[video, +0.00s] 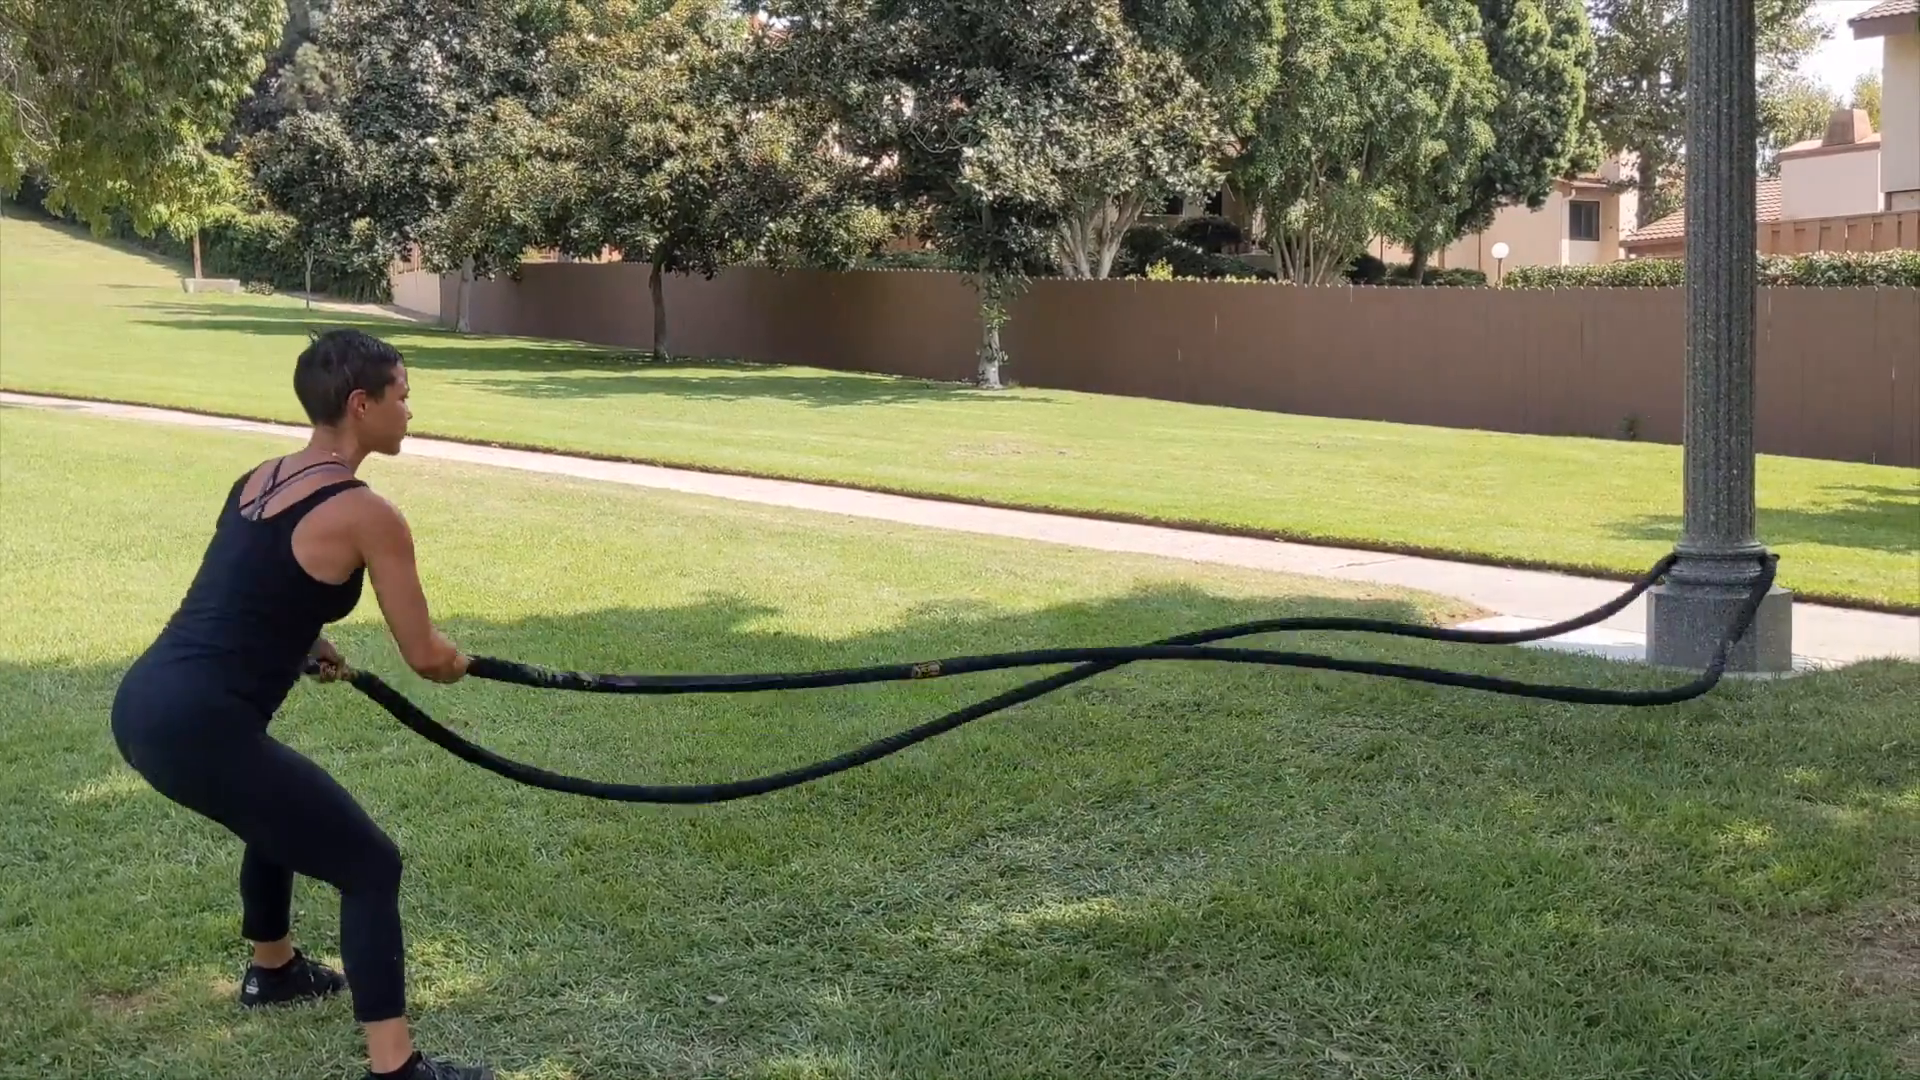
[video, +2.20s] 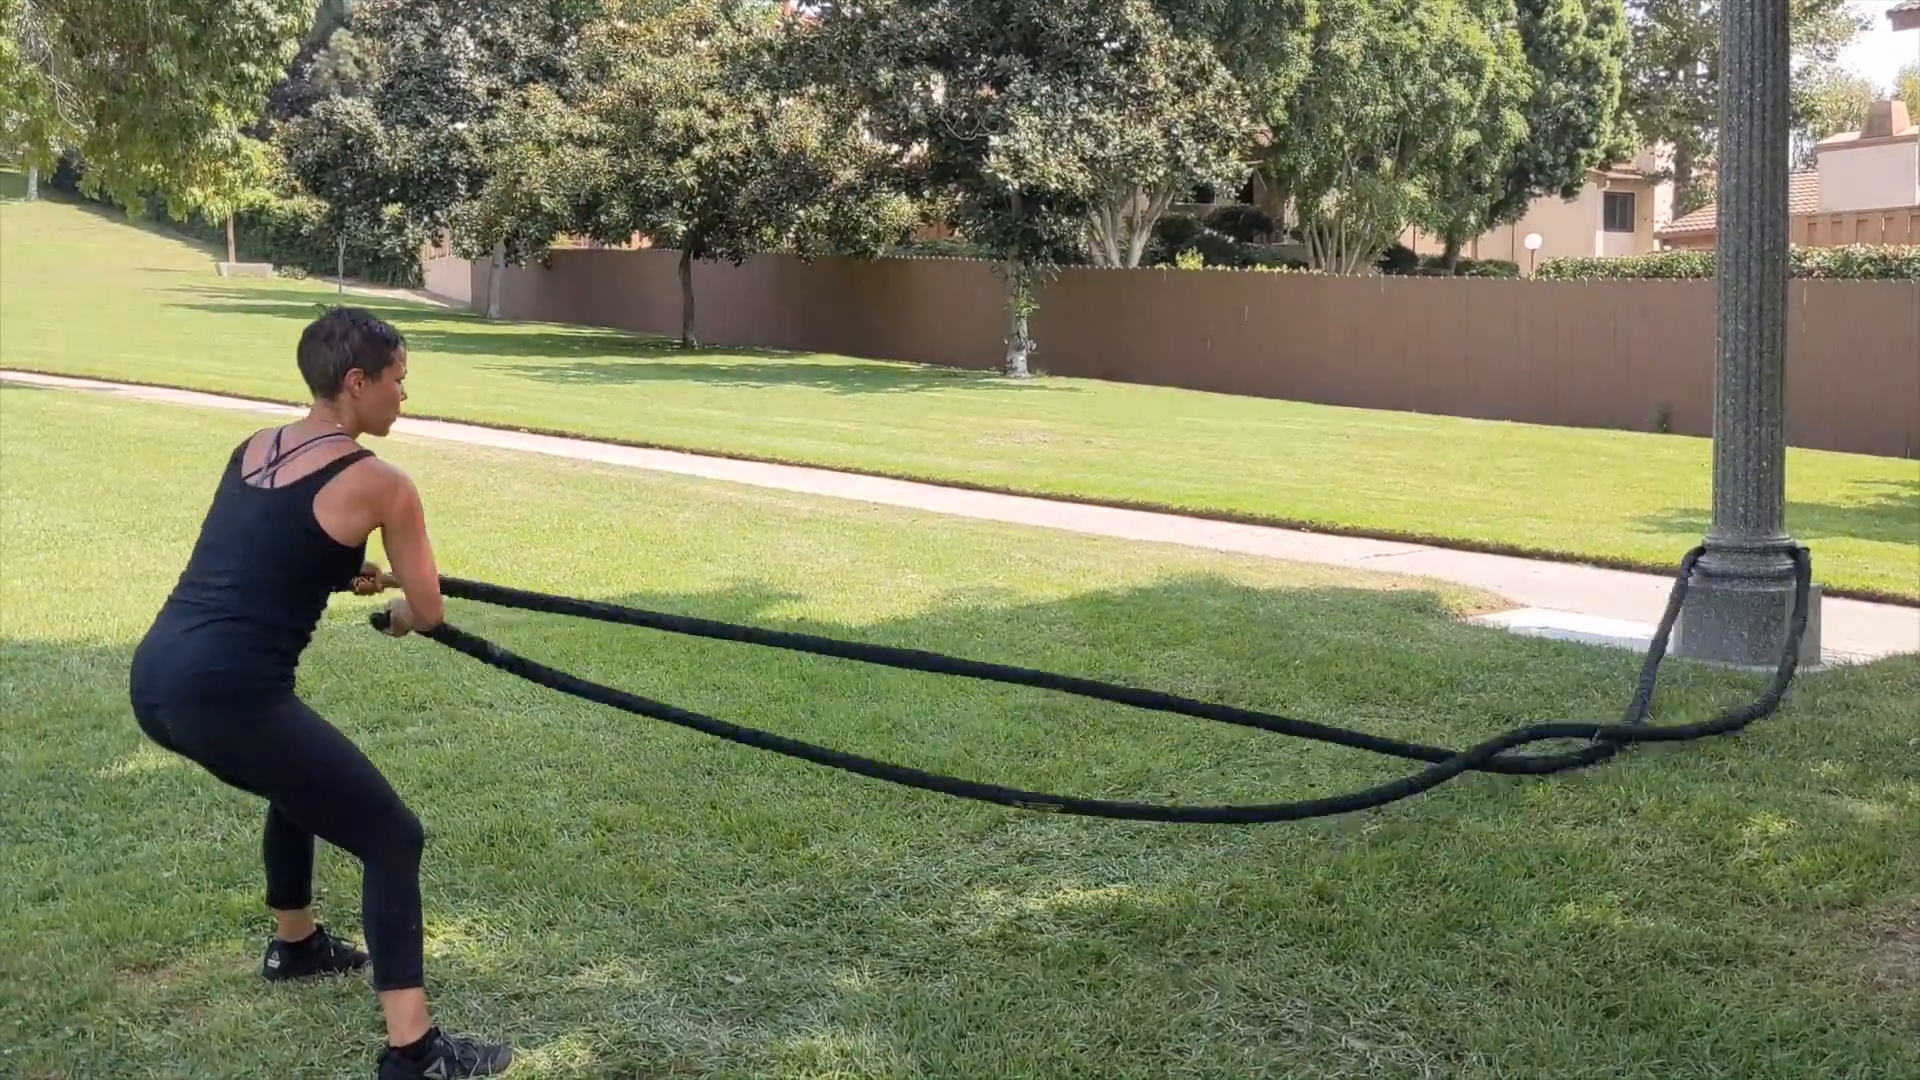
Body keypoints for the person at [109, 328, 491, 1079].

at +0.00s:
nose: (409, 407)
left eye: (406, 392)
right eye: (400, 393)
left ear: (333, 406)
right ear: (359, 404)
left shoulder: (263, 476)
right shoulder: (369, 515)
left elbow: (234, 590)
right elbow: (424, 654)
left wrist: (304, 642)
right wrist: (450, 660)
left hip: (144, 708)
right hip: (203, 728)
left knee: (280, 808)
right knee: (371, 864)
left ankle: (273, 968)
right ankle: (394, 1061)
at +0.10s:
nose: (410, 412)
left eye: (409, 396)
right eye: (402, 396)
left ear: (340, 404)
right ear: (360, 402)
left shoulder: (276, 478)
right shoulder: (347, 511)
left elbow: (308, 611)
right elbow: (422, 642)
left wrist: (401, 663)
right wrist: (503, 651)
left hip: (148, 705)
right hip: (189, 729)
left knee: (283, 814)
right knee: (358, 863)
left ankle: (270, 967)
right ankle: (391, 1062)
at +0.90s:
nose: (359, 393)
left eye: (358, 378)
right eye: (351, 378)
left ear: (281, 386)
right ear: (307, 385)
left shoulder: (217, 454)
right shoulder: (339, 481)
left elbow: (234, 553)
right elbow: (403, 602)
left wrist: (322, 578)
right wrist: (429, 605)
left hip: (134, 689)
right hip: (214, 699)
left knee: (281, 786)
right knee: (364, 845)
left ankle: (280, 953)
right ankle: (394, 1050)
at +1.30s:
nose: (431, 397)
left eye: (429, 382)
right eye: (423, 382)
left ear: (358, 389)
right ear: (385, 387)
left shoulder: (300, 455)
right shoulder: (396, 484)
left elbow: (308, 565)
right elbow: (438, 617)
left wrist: (392, 592)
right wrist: (451, 604)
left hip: (172, 680)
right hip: (233, 700)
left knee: (302, 786)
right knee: (389, 838)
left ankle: (299, 946)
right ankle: (416, 1047)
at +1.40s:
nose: (441, 397)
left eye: (438, 382)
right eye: (432, 382)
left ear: (376, 392)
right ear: (393, 389)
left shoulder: (332, 471)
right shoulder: (387, 483)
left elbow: (413, 611)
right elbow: (458, 611)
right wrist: (522, 610)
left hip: (188, 686)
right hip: (225, 705)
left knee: (319, 793)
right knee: (391, 841)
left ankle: (299, 948)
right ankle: (417, 1047)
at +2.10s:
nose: (407, 397)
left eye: (407, 382)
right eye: (399, 382)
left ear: (340, 384)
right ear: (357, 383)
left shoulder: (272, 450)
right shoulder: (365, 483)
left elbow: (308, 561)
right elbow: (437, 615)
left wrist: (412, 576)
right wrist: (469, 629)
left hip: (160, 678)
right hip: (223, 695)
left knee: (304, 786)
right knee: (383, 837)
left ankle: (296, 945)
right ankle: (411, 1045)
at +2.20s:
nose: (403, 397)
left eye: (404, 381)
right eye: (397, 381)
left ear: (335, 383)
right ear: (355, 383)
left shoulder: (258, 444)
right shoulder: (382, 485)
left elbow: (263, 543)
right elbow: (429, 611)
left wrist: (346, 569)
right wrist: (404, 615)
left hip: (157, 681)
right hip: (232, 698)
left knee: (298, 779)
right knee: (393, 834)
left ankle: (296, 944)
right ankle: (411, 1044)